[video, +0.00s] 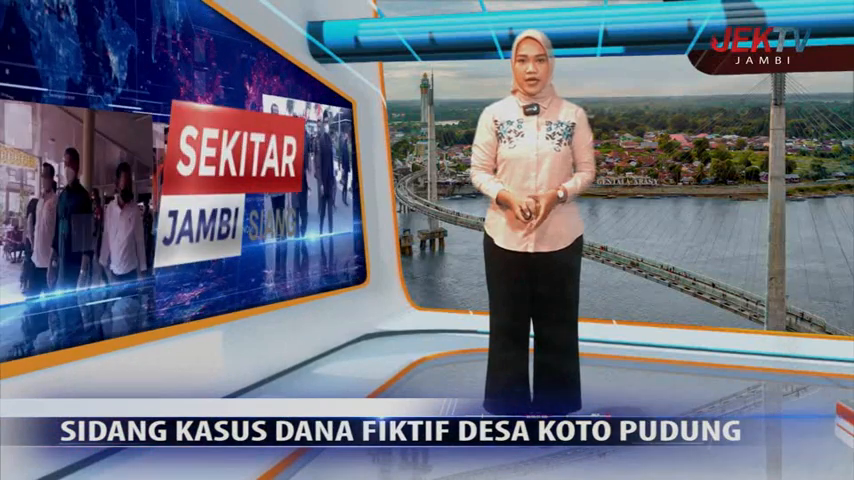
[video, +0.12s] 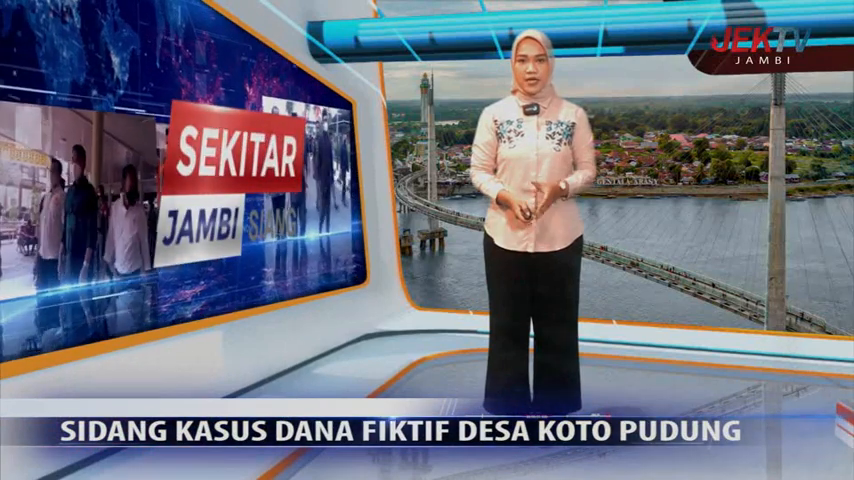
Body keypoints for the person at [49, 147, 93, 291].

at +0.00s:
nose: (66, 169)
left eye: (70, 165)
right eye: (65, 164)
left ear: (77, 167)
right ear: (63, 167)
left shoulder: (83, 196)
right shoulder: (62, 195)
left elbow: (88, 228)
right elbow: (58, 225)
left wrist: (86, 255)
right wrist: (54, 253)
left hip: (75, 252)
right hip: (61, 250)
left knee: (69, 293)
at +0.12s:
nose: (72, 167)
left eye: (75, 163)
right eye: (71, 163)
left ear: (82, 166)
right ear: (70, 166)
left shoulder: (89, 190)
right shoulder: (70, 190)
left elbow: (92, 222)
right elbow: (66, 218)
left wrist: (90, 248)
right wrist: (63, 242)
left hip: (83, 244)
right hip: (69, 243)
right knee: (68, 282)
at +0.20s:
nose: (76, 171)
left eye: (79, 167)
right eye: (75, 167)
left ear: (85, 169)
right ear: (73, 168)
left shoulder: (91, 193)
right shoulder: (74, 192)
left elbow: (95, 225)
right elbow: (71, 221)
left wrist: (91, 250)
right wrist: (68, 248)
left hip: (86, 249)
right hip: (73, 248)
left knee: (85, 288)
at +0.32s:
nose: (79, 178)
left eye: (82, 175)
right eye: (78, 174)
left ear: (88, 176)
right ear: (76, 176)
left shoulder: (92, 199)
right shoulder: (77, 199)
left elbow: (96, 229)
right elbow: (74, 226)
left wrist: (93, 255)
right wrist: (72, 253)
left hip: (90, 251)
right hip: (77, 251)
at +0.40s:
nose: (80, 180)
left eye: (84, 176)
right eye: (79, 176)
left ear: (90, 178)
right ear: (77, 178)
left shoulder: (94, 200)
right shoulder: (78, 201)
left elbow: (98, 229)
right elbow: (76, 226)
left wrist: (95, 256)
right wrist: (73, 254)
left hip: (92, 252)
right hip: (79, 251)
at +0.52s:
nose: (83, 181)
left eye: (86, 177)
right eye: (82, 177)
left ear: (91, 179)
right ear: (80, 178)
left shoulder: (96, 200)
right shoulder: (82, 199)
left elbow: (100, 226)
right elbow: (79, 224)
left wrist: (100, 251)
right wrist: (75, 251)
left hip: (90, 247)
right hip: (80, 246)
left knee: (88, 280)